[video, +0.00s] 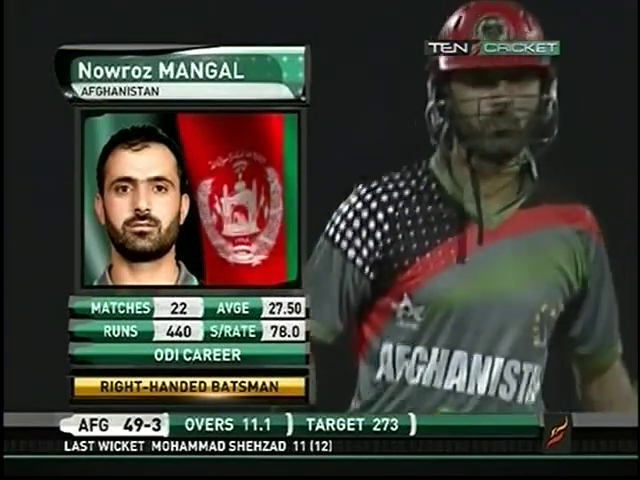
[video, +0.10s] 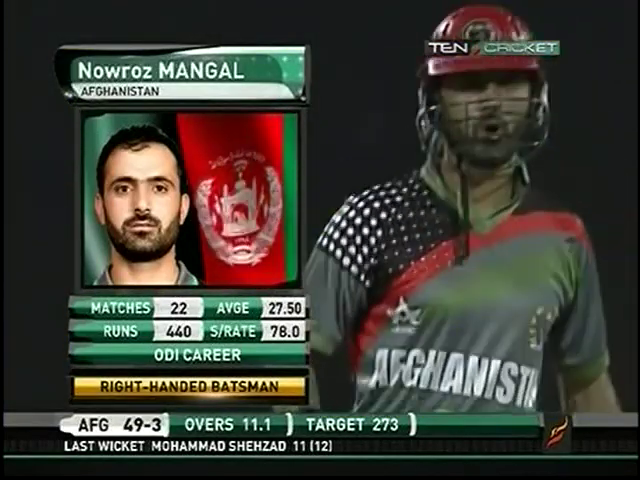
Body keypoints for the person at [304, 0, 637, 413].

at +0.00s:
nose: (504, 98)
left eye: (520, 79)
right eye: (482, 81)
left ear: (546, 91)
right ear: (442, 93)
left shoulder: (573, 230)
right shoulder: (376, 212)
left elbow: (602, 374)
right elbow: (295, 349)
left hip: (512, 476)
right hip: (383, 470)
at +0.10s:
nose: (492, 101)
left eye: (510, 82)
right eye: (470, 84)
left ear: (536, 98)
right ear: (433, 99)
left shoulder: (563, 237)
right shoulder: (369, 221)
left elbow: (588, 385)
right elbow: (295, 362)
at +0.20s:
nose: (482, 110)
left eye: (499, 90)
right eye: (460, 92)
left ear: (527, 105)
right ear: (424, 106)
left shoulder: (554, 244)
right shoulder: (362, 228)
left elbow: (576, 392)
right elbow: (297, 377)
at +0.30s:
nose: (474, 123)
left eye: (491, 102)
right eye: (451, 105)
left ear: (519, 112)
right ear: (417, 116)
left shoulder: (549, 248)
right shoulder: (356, 237)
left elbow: (571, 396)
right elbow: (297, 388)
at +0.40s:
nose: (461, 131)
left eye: (477, 112)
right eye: (439, 116)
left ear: (507, 120)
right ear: (405, 127)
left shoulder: (541, 249)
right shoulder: (347, 249)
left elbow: (567, 396)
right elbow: (301, 405)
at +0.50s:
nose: (443, 140)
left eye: (460, 120)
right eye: (420, 124)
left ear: (489, 126)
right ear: (388, 135)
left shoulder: (527, 248)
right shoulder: (336, 262)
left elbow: (557, 389)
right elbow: (301, 416)